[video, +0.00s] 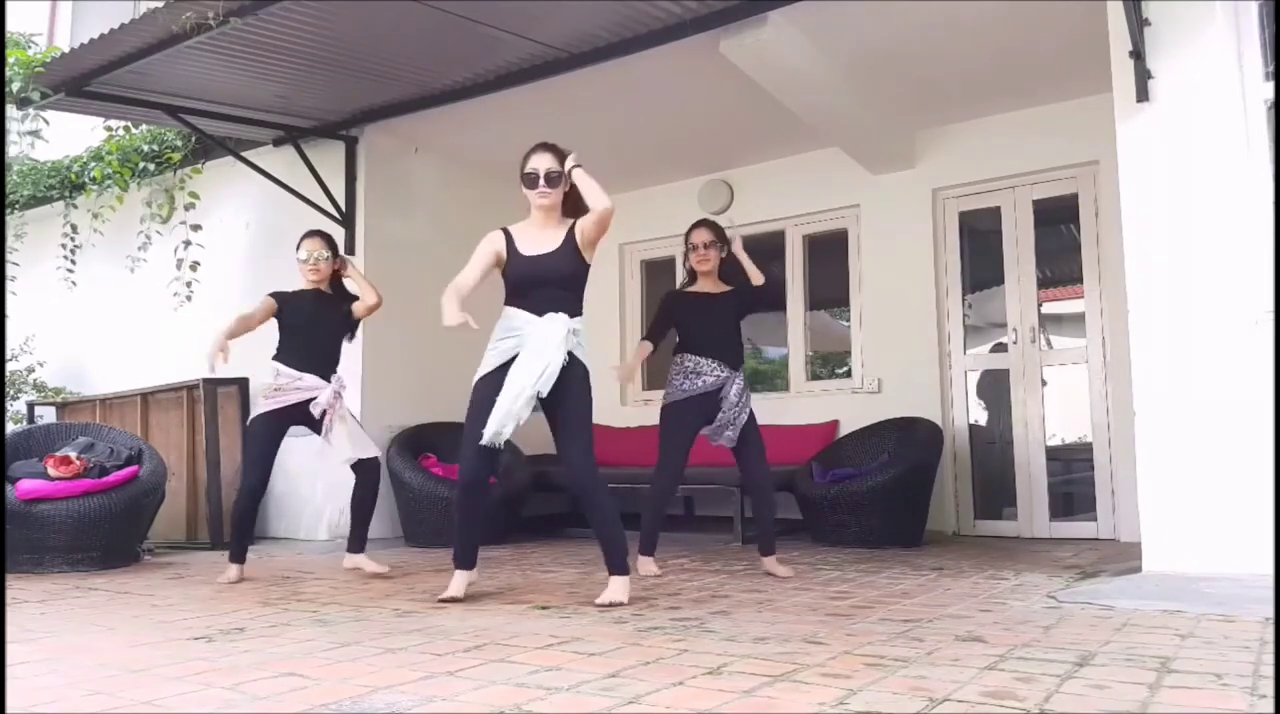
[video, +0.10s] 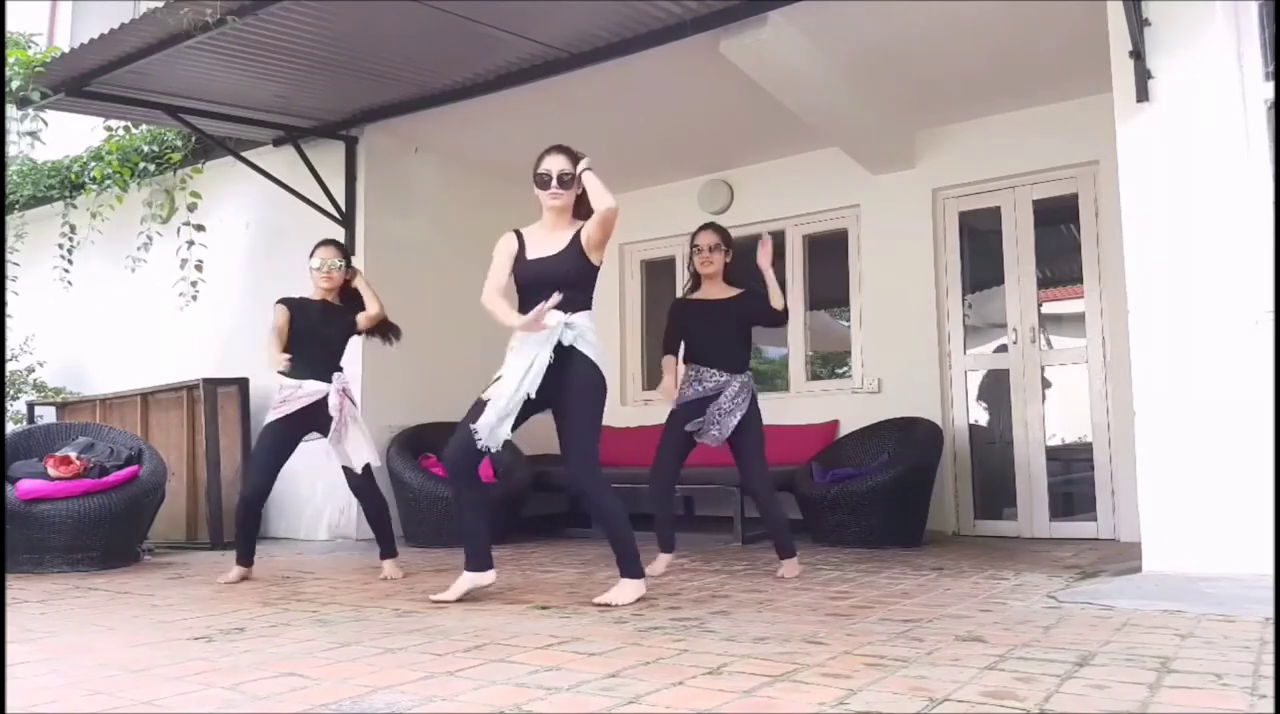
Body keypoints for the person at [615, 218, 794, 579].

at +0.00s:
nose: (702, 252)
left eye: (709, 246)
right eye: (694, 247)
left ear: (721, 250)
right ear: (687, 254)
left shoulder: (736, 293)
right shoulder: (676, 298)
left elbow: (769, 295)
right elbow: (654, 335)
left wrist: (740, 254)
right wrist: (636, 360)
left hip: (730, 389)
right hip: (687, 388)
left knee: (759, 473)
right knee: (669, 472)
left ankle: (768, 555)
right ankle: (645, 554)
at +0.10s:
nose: (705, 255)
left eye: (713, 249)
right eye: (698, 250)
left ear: (727, 254)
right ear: (691, 256)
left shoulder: (745, 299)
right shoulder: (682, 305)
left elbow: (778, 316)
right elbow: (670, 349)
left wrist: (766, 269)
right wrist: (670, 378)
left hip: (736, 393)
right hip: (693, 392)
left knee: (755, 479)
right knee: (661, 474)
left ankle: (788, 556)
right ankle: (666, 551)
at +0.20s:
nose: (702, 253)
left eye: (711, 247)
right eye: (696, 247)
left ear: (724, 254)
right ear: (689, 255)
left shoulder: (741, 296)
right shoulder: (682, 307)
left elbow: (789, 330)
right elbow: (671, 354)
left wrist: (803, 303)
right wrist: (687, 350)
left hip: (738, 394)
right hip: (699, 397)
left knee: (751, 476)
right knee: (659, 471)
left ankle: (788, 557)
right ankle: (687, 555)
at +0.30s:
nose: (700, 249)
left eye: (708, 243)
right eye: (693, 243)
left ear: (720, 250)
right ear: (686, 251)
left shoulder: (735, 290)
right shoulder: (683, 296)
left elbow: (787, 328)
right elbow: (664, 345)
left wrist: (836, 333)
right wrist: (676, 304)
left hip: (731, 390)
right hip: (698, 391)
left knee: (743, 474)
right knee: (661, 469)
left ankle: (788, 555)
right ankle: (688, 557)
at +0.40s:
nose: (701, 247)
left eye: (710, 241)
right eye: (694, 241)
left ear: (722, 248)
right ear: (687, 250)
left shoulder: (738, 288)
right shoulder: (689, 300)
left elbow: (785, 328)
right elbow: (653, 331)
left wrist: (840, 354)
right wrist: (665, 286)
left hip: (728, 387)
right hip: (694, 388)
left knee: (742, 474)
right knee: (663, 471)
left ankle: (799, 551)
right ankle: (678, 556)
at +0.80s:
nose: (726, 243)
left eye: (733, 236)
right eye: (718, 239)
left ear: (745, 244)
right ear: (710, 250)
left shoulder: (768, 295)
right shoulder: (702, 297)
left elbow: (780, 353)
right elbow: (685, 351)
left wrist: (787, 406)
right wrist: (675, 401)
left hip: (754, 392)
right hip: (705, 393)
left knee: (772, 475)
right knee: (687, 475)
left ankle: (787, 556)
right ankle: (678, 557)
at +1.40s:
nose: (749, 246)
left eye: (754, 240)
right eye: (739, 243)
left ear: (763, 248)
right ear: (729, 257)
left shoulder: (779, 303)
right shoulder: (716, 299)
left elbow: (784, 359)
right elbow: (694, 353)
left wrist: (790, 407)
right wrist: (683, 403)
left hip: (763, 398)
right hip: (715, 397)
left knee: (782, 477)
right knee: (697, 476)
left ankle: (788, 557)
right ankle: (679, 558)